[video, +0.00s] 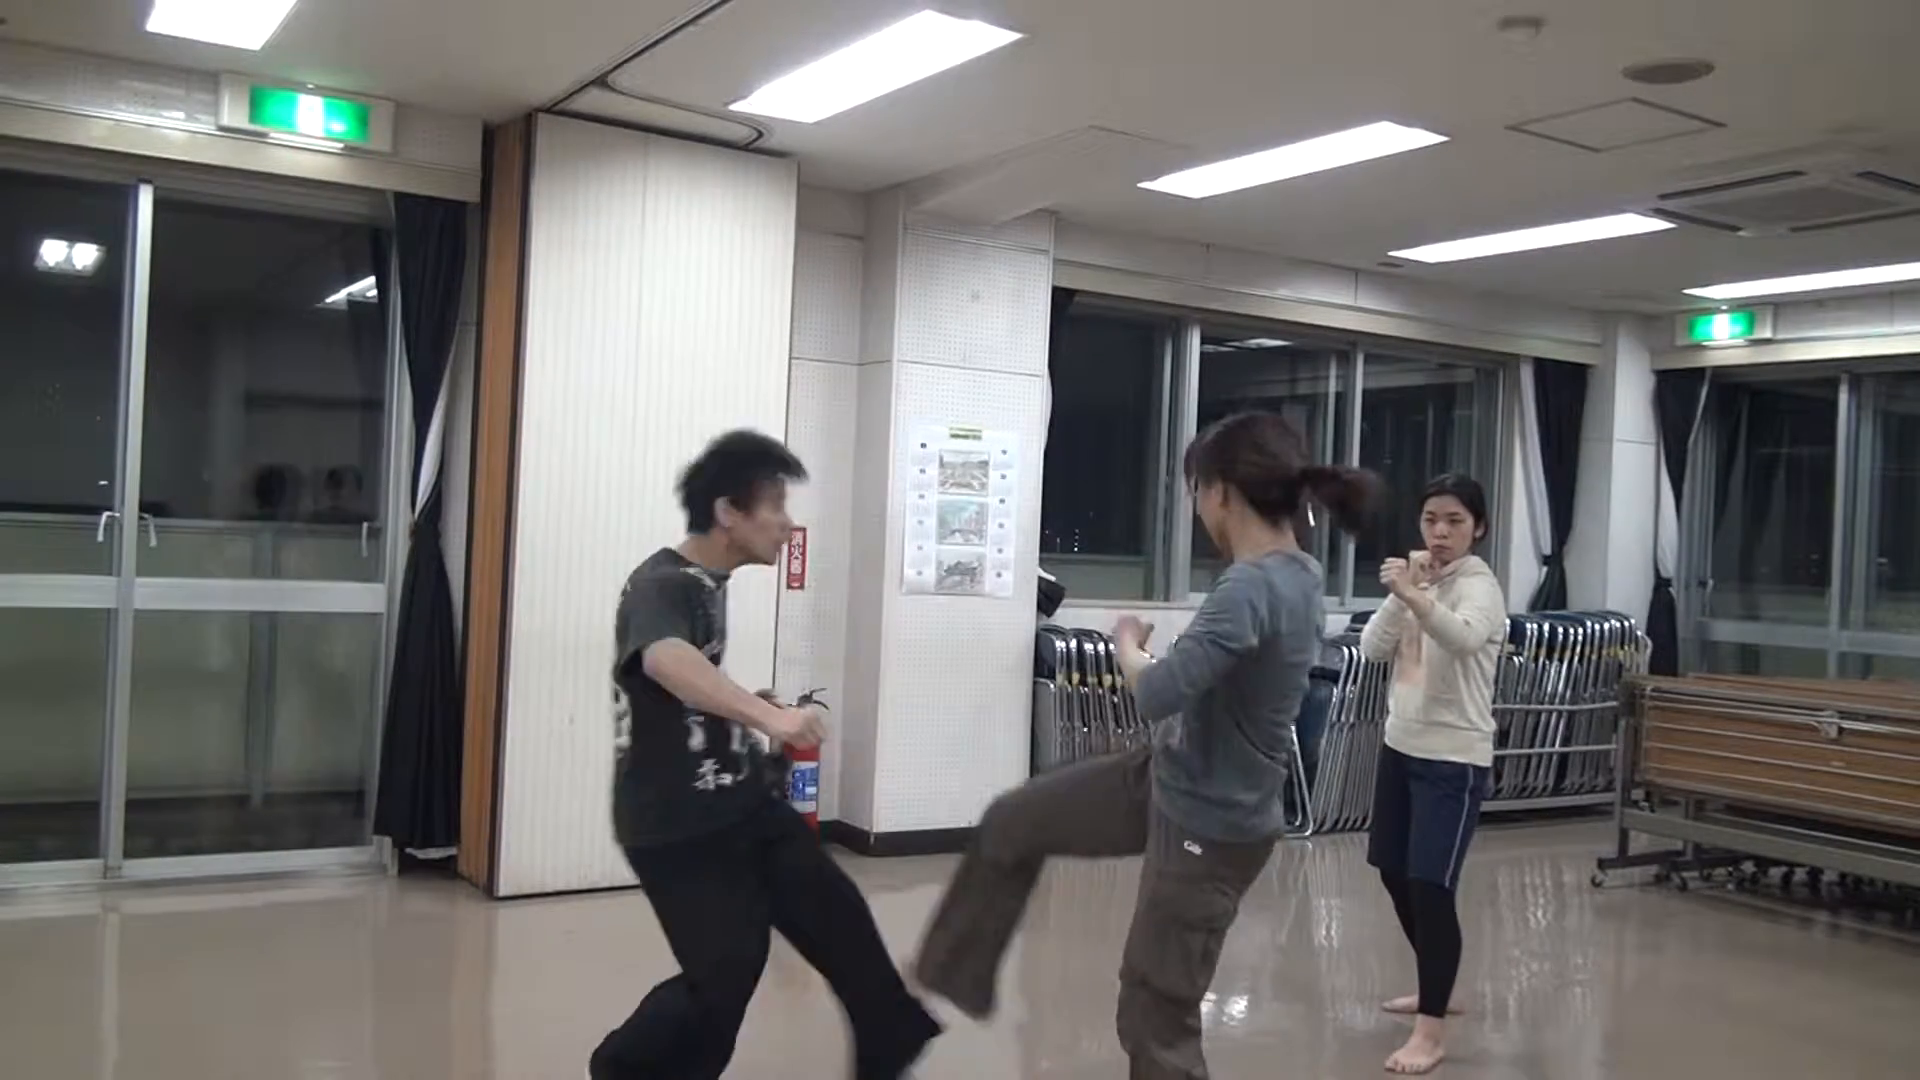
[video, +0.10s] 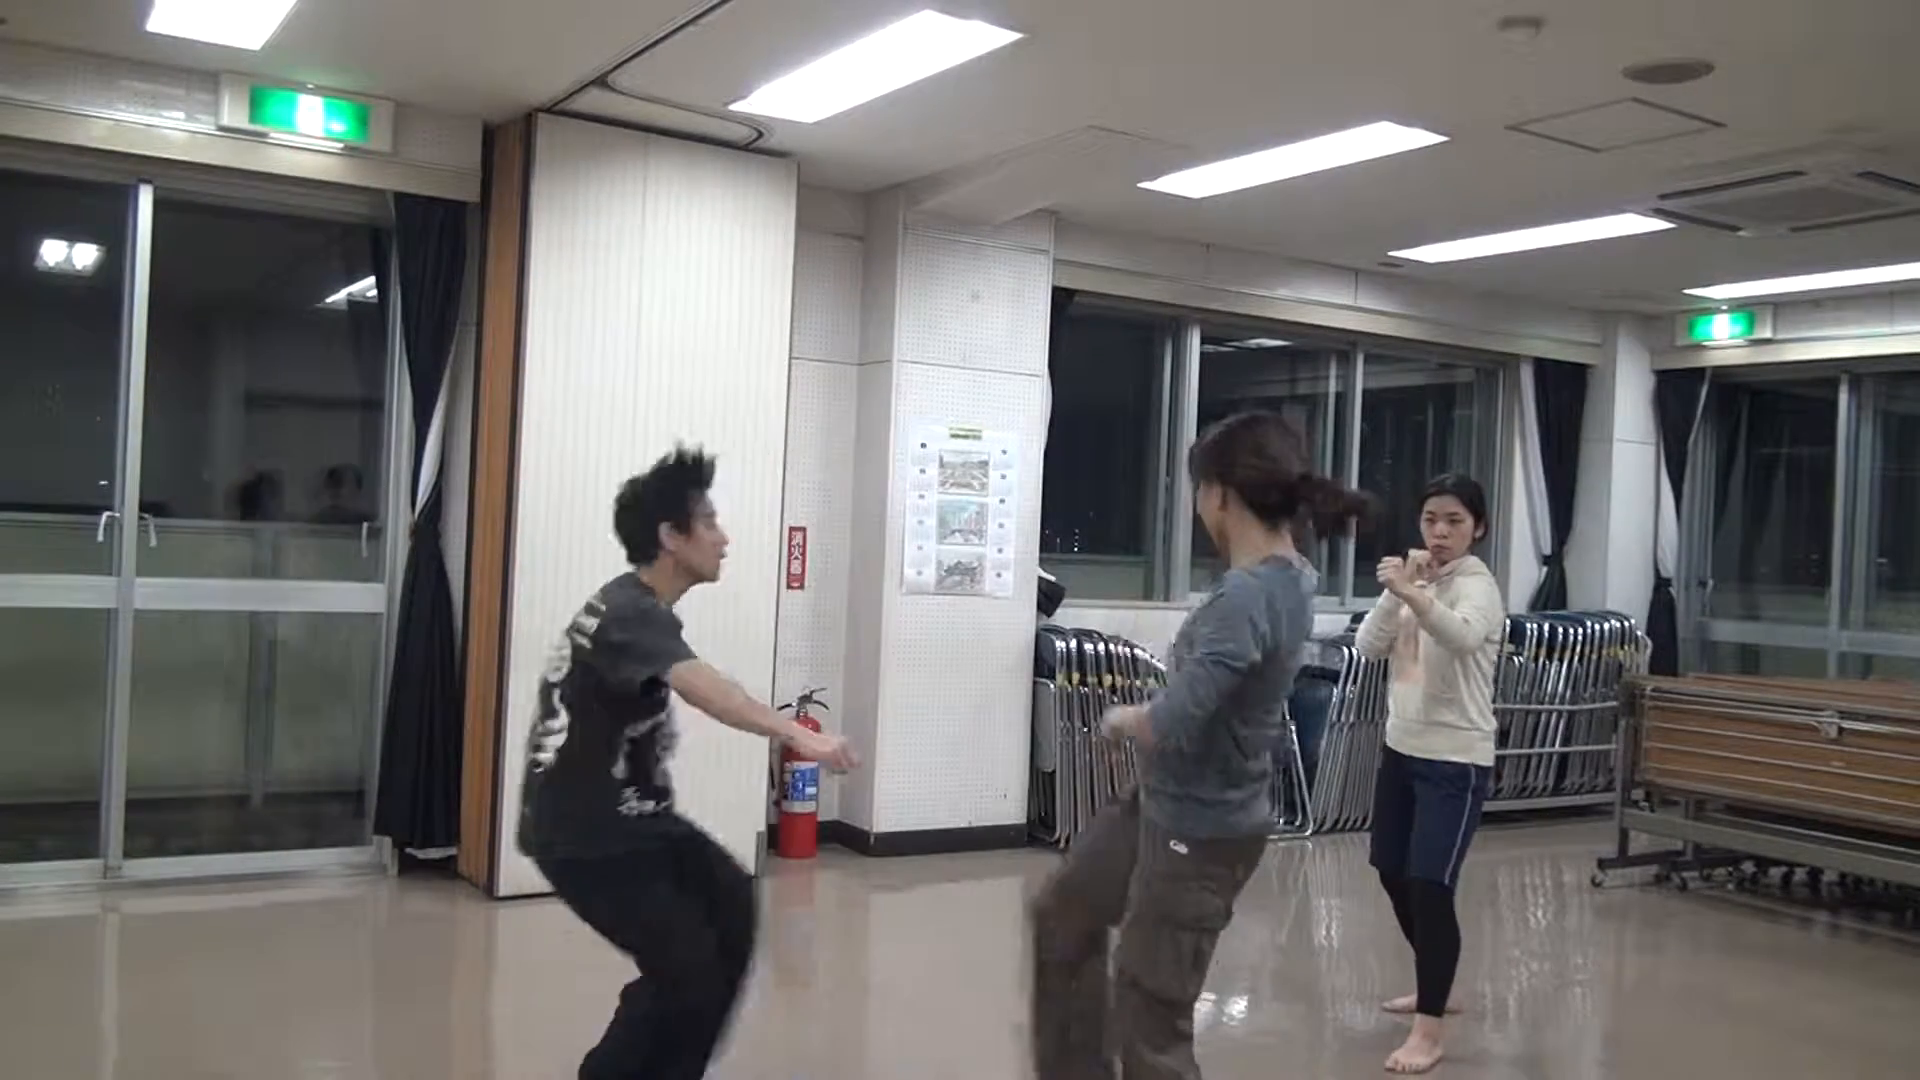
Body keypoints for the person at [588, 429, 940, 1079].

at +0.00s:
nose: (789, 525)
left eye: (786, 509)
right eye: (776, 508)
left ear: (735, 516)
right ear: (727, 514)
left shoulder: (709, 585)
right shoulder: (661, 583)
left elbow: (687, 686)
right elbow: (666, 660)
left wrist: (756, 706)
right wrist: (768, 718)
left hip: (744, 804)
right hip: (677, 822)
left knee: (836, 914)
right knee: (726, 970)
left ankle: (892, 1044)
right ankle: (623, 1067)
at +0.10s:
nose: (725, 537)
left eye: (718, 521)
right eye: (710, 523)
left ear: (671, 537)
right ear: (670, 538)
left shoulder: (634, 603)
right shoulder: (633, 610)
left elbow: (712, 689)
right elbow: (709, 692)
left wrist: (786, 728)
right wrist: (795, 737)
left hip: (633, 816)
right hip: (581, 831)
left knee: (731, 899)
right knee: (689, 959)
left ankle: (674, 1064)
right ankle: (613, 1071)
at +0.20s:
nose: (698, 591)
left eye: (693, 576)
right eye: (686, 578)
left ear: (639, 590)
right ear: (645, 591)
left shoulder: (572, 632)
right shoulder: (595, 655)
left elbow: (492, 706)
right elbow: (652, 734)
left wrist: (453, 801)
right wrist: (752, 787)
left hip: (473, 827)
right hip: (494, 840)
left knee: (568, 928)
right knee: (618, 932)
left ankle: (439, 1010)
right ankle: (625, 1069)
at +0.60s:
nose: (477, 869)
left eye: (487, 857)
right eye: (482, 851)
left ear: (445, 807)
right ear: (456, 822)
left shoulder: (366, 780)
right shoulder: (399, 854)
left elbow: (253, 767)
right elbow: (407, 972)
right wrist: (441, 1061)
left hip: (178, 824)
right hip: (173, 876)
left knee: (313, 898)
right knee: (205, 1036)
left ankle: (260, 1030)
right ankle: (53, 1026)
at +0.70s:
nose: (422, 869)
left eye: (433, 859)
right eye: (429, 854)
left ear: (392, 808)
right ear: (399, 823)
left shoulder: (319, 795)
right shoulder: (345, 851)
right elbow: (373, 966)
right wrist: (433, 1055)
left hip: (132, 856)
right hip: (119, 896)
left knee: (284, 900)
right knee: (155, 1045)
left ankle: (242, 1030)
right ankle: (8, 1030)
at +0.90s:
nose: (370, 803)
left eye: (374, 790)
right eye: (369, 785)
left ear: (316, 765)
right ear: (329, 768)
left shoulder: (243, 768)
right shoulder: (271, 821)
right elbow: (269, 949)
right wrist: (295, 1057)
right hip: (67, 918)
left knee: (226, 908)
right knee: (134, 1056)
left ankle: (227, 1029)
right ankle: (6, 1031)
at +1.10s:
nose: (326, 711)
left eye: (326, 697)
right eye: (318, 695)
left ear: (268, 690)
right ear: (273, 691)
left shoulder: (181, 719)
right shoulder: (228, 757)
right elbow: (179, 858)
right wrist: (158, 985)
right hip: (77, 912)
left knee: (233, 867)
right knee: (126, 1061)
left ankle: (221, 1029)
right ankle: (2, 1030)